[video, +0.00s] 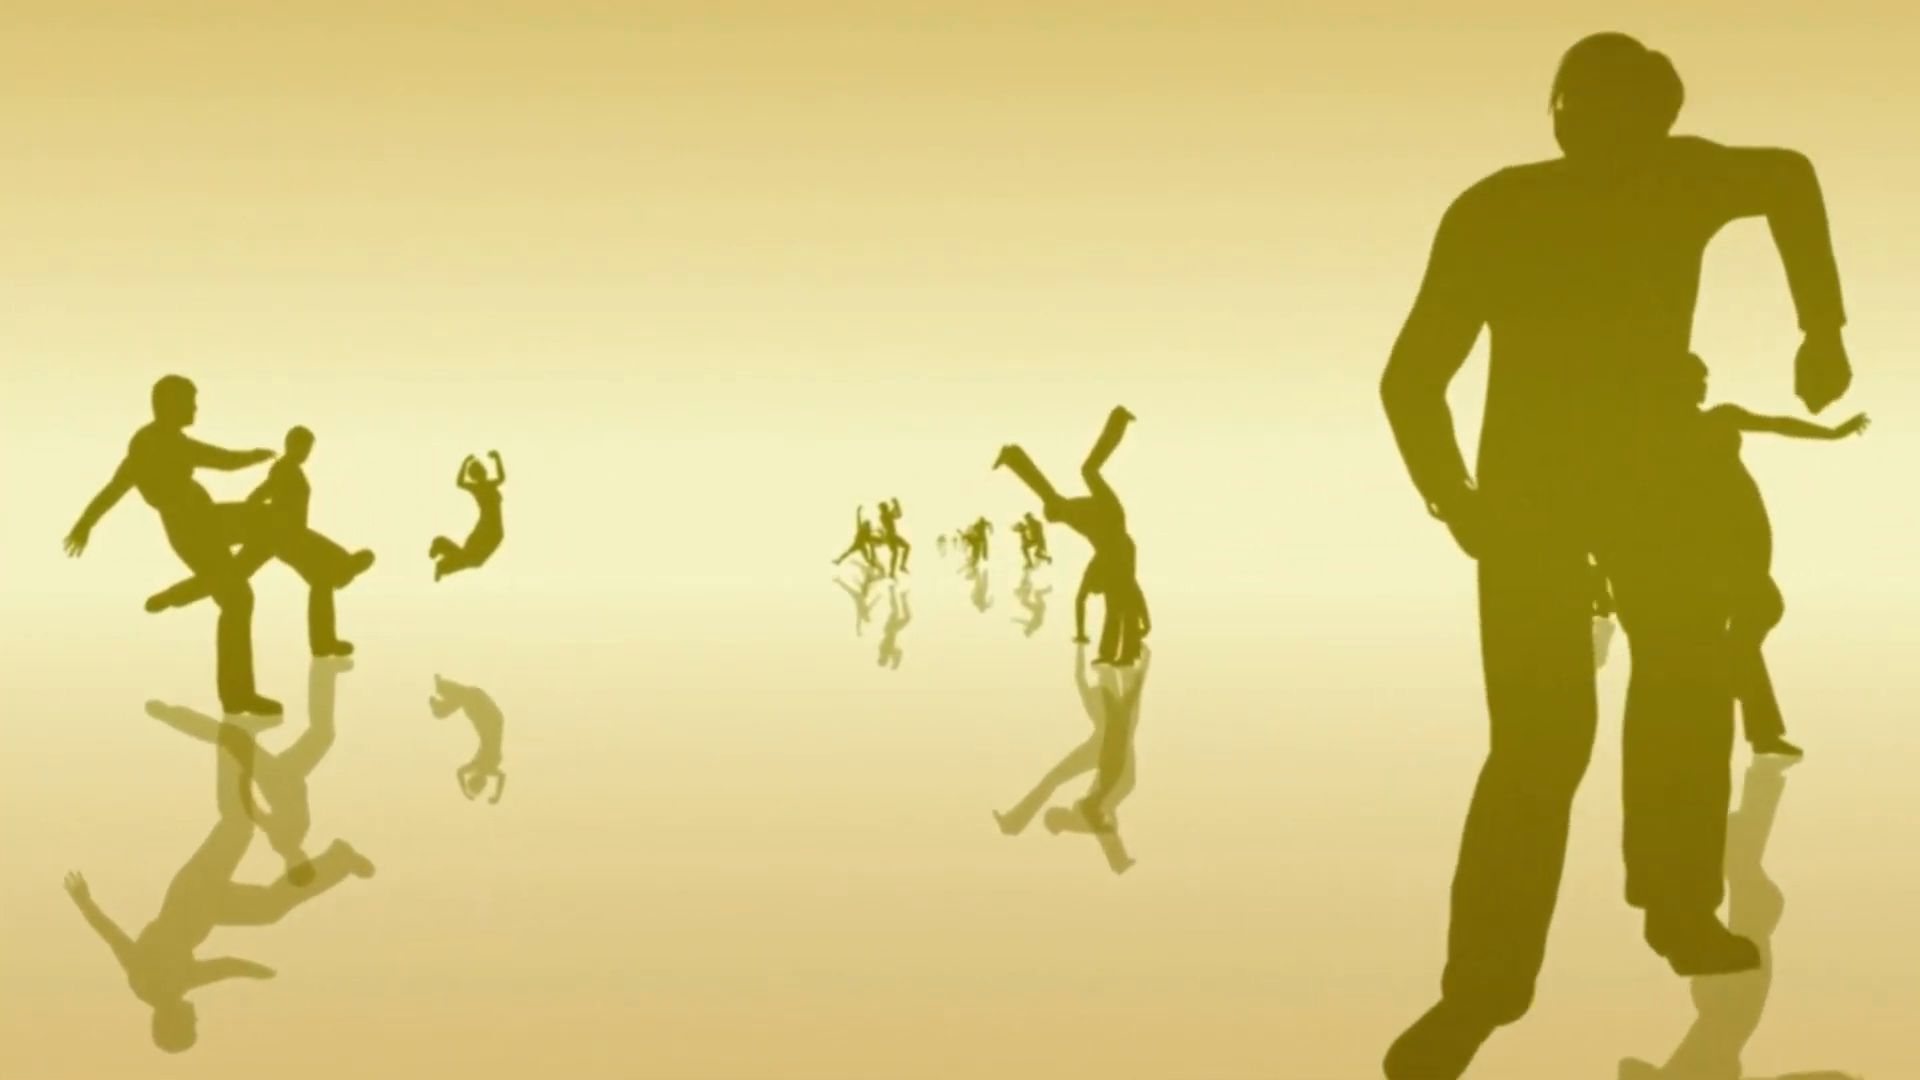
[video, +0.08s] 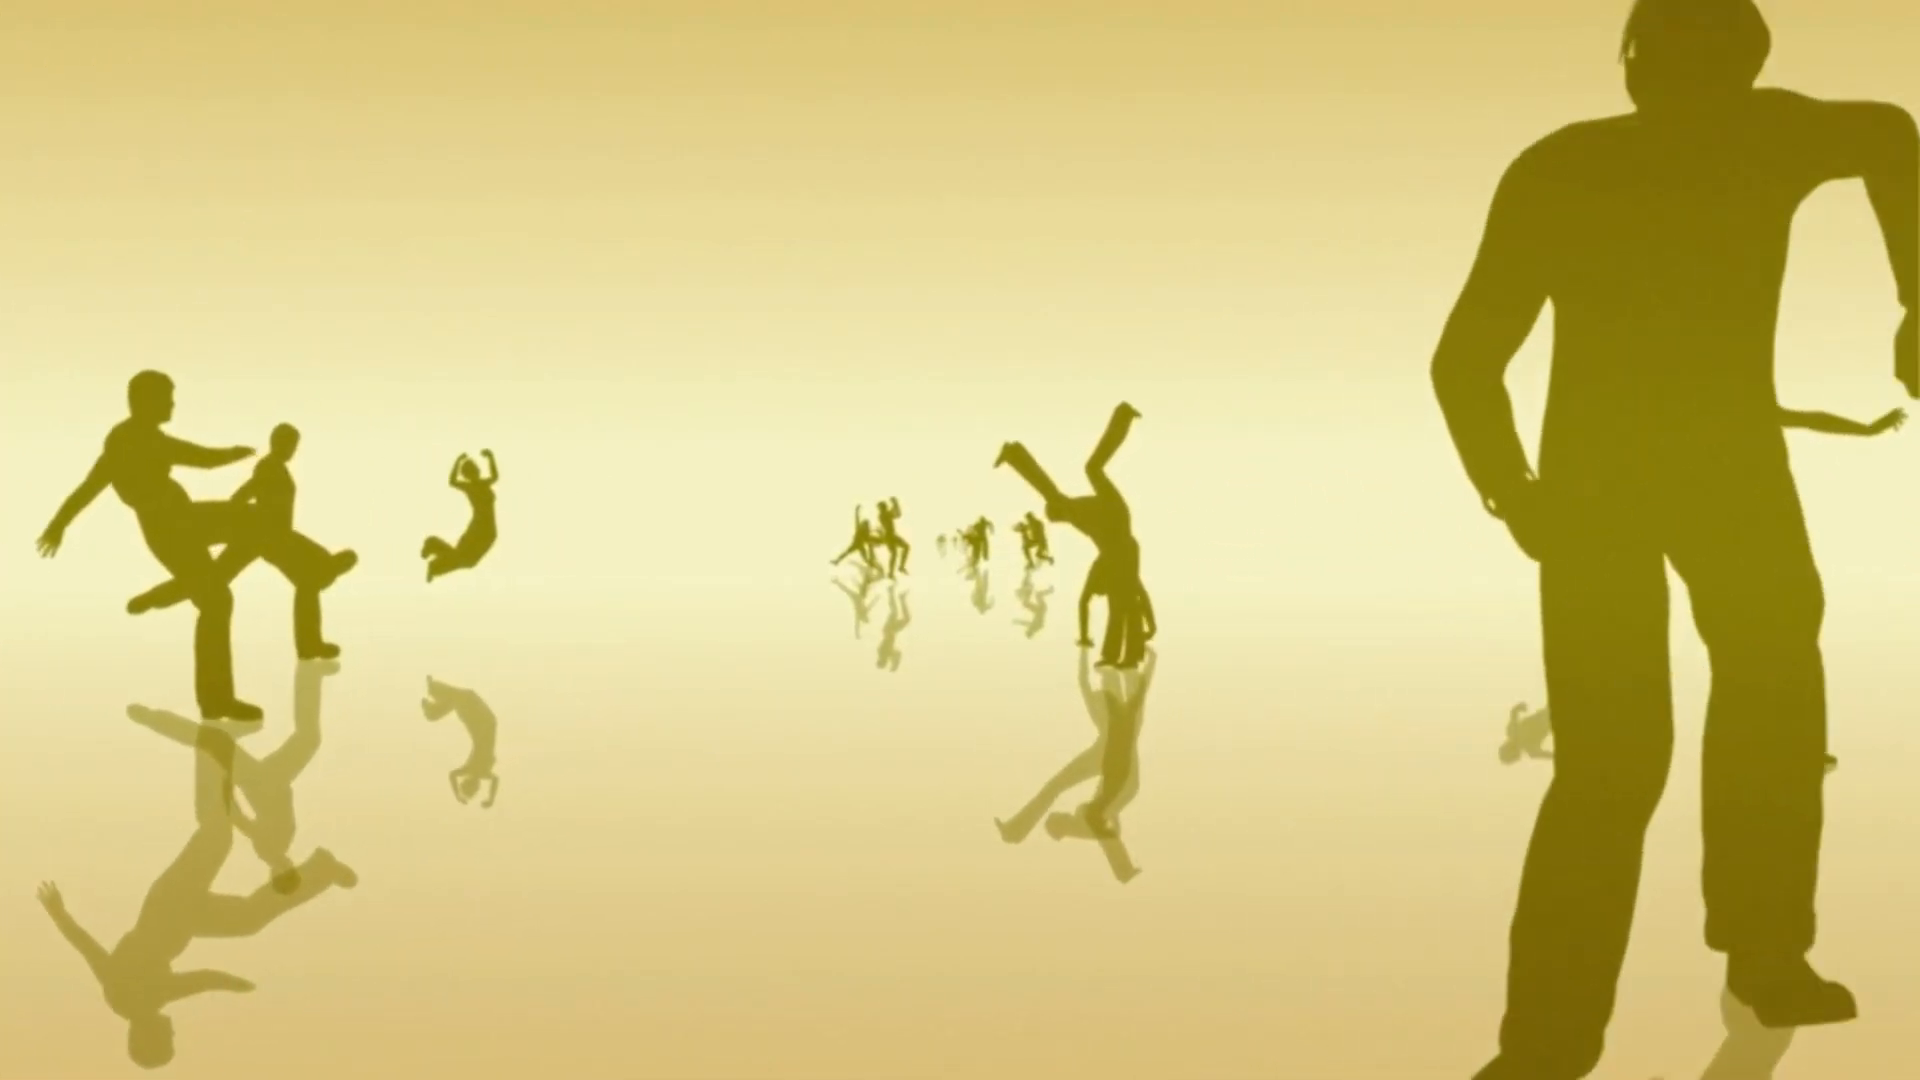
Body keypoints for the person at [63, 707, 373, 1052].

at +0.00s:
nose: (195, 1028)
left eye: (189, 1030)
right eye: (192, 1033)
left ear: (175, 1015)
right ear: (174, 1017)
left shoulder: (153, 976)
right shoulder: (147, 981)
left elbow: (226, 967)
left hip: (191, 891)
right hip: (212, 907)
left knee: (237, 824)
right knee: (271, 907)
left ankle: (230, 737)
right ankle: (338, 860)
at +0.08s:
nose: (172, 1047)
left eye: (167, 1049)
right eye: (169, 1052)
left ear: (153, 1029)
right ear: (151, 1033)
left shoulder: (131, 992)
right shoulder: (124, 995)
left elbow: (204, 980)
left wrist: (240, 986)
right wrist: (59, 914)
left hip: (169, 902)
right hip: (188, 919)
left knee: (215, 831)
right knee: (250, 919)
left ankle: (212, 744)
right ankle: (319, 872)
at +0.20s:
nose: (157, 1058)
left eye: (151, 1059)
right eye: (152, 1063)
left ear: (138, 1039)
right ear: (130, 1045)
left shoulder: (118, 1002)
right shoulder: (105, 1002)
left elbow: (190, 988)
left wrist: (229, 995)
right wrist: (41, 922)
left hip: (152, 910)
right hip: (172, 926)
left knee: (200, 837)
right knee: (235, 927)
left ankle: (197, 746)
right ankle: (306, 880)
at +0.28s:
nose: (130, 1058)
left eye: (126, 1061)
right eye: (124, 1066)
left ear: (114, 1049)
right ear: (98, 1057)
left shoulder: (110, 1018)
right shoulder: (69, 1004)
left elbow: (163, 1003)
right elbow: (33, 959)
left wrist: (202, 1008)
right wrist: (11, 931)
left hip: (128, 923)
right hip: (142, 936)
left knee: (178, 847)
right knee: (212, 939)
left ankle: (175, 751)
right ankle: (287, 888)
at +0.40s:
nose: (102, 1061)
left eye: (100, 1065)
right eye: (102, 1067)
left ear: (90, 1058)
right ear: (94, 1063)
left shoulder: (85, 1026)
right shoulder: (55, 1020)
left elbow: (148, 1012)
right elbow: (15, 970)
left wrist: (187, 1020)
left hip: (108, 929)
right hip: (129, 948)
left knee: (161, 855)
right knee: (198, 947)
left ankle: (159, 752)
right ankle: (272, 896)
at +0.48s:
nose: (68, 1066)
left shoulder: (46, 1044)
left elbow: (115, 1029)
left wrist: (155, 1033)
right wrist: (153, 1033)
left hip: (80, 947)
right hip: (102, 959)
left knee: (135, 864)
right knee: (172, 960)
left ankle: (133, 753)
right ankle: (250, 908)